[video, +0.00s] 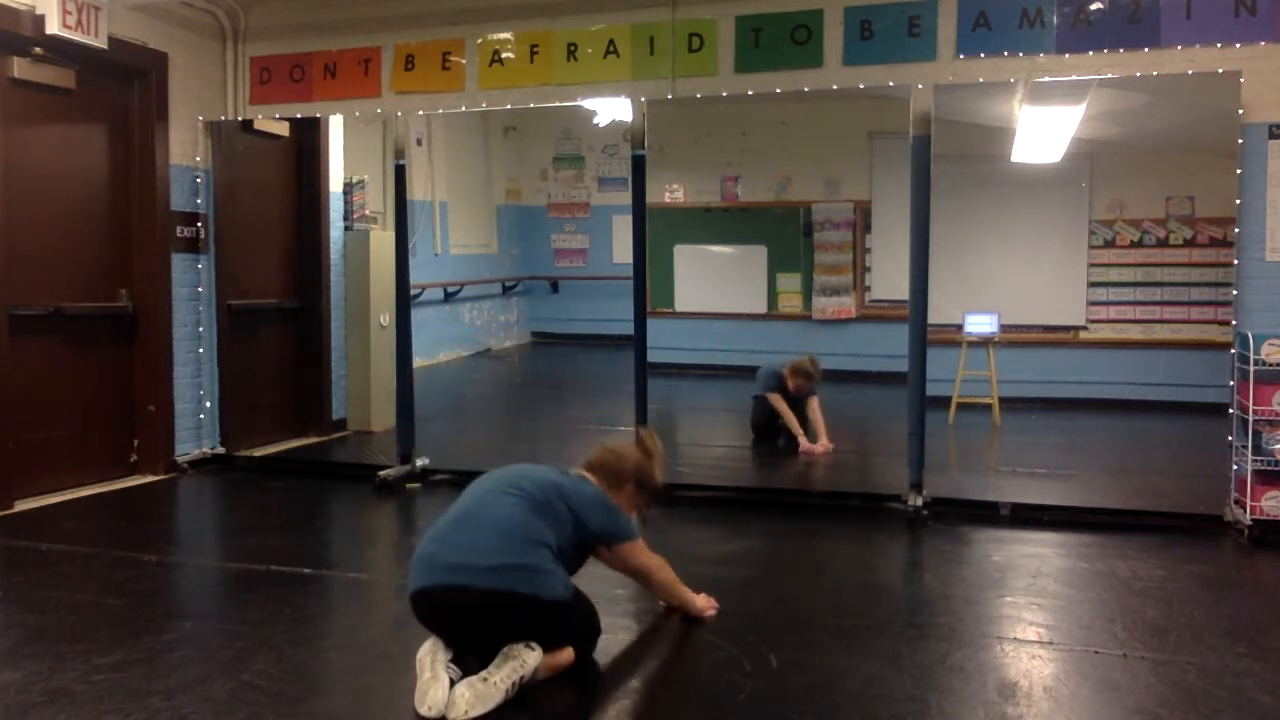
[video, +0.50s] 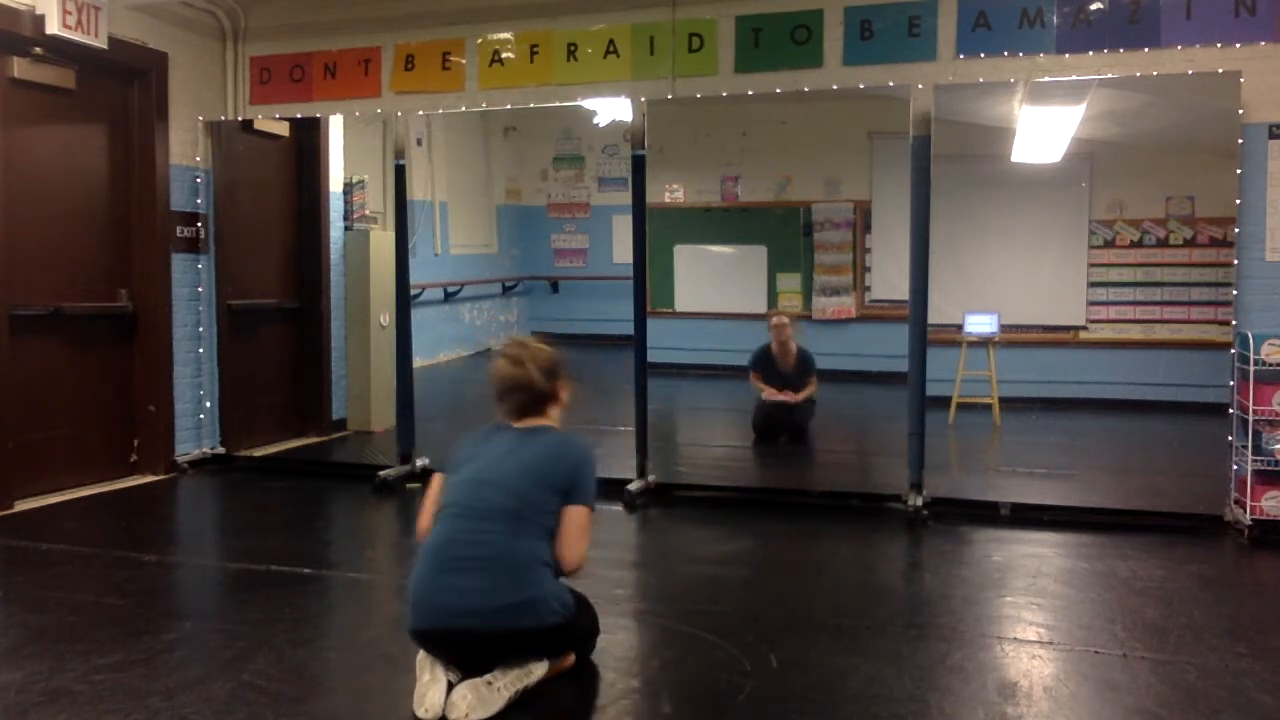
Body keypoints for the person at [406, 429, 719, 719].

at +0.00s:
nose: (633, 516)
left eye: (637, 509)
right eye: (635, 506)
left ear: (587, 472)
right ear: (623, 489)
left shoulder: (531, 482)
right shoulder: (593, 501)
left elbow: (617, 558)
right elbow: (649, 567)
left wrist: (662, 589)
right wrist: (689, 601)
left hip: (433, 586)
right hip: (517, 583)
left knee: (490, 650)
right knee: (581, 636)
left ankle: (442, 663)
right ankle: (527, 666)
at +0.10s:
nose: (624, 489)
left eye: (629, 481)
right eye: (628, 478)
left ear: (575, 448)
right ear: (615, 461)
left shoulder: (525, 469)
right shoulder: (593, 486)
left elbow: (611, 549)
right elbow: (646, 553)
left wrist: (658, 583)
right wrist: (683, 588)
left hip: (431, 590)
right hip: (514, 584)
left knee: (489, 655)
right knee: (581, 631)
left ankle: (443, 664)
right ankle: (528, 665)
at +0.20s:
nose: (620, 443)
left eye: (622, 434)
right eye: (619, 432)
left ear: (560, 422)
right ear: (603, 428)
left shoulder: (517, 452)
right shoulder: (592, 467)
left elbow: (590, 539)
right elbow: (636, 555)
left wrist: (626, 586)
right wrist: (655, 594)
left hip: (431, 591)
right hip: (516, 588)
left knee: (493, 654)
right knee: (583, 631)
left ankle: (443, 660)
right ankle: (525, 665)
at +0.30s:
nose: (606, 414)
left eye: (605, 403)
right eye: (603, 403)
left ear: (541, 401)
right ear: (590, 405)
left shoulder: (499, 442)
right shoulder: (589, 460)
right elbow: (618, 567)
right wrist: (630, 598)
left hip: (434, 595)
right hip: (520, 595)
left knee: (487, 656)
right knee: (583, 635)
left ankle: (443, 663)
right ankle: (524, 670)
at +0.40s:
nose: (588, 398)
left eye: (585, 388)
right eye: (585, 389)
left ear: (521, 396)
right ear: (575, 396)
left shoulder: (491, 440)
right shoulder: (579, 453)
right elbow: (577, 564)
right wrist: (597, 567)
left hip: (433, 605)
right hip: (518, 605)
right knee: (582, 628)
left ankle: (443, 666)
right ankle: (503, 682)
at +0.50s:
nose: (568, 388)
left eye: (564, 380)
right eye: (565, 381)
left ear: (503, 396)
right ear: (559, 391)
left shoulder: (468, 444)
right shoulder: (572, 451)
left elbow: (424, 529)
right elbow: (570, 560)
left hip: (432, 619)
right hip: (521, 616)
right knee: (582, 621)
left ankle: (444, 674)